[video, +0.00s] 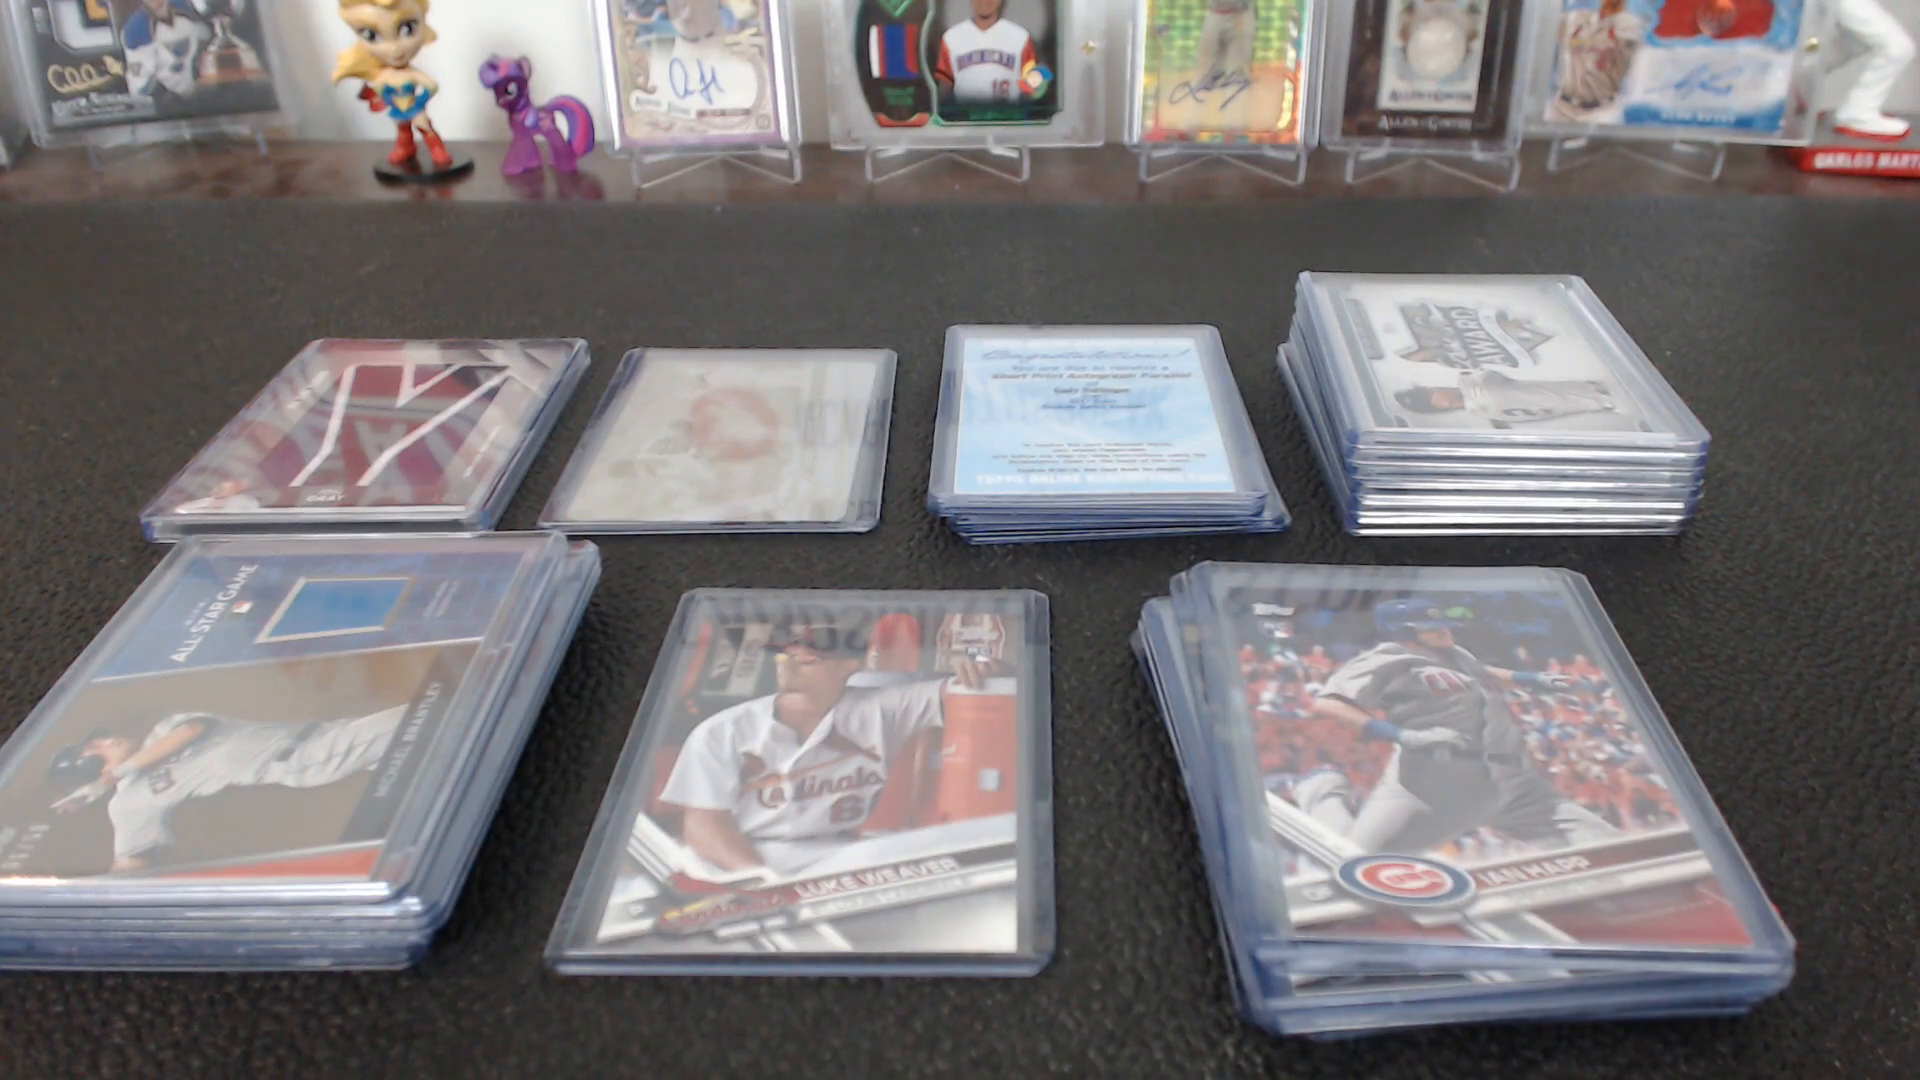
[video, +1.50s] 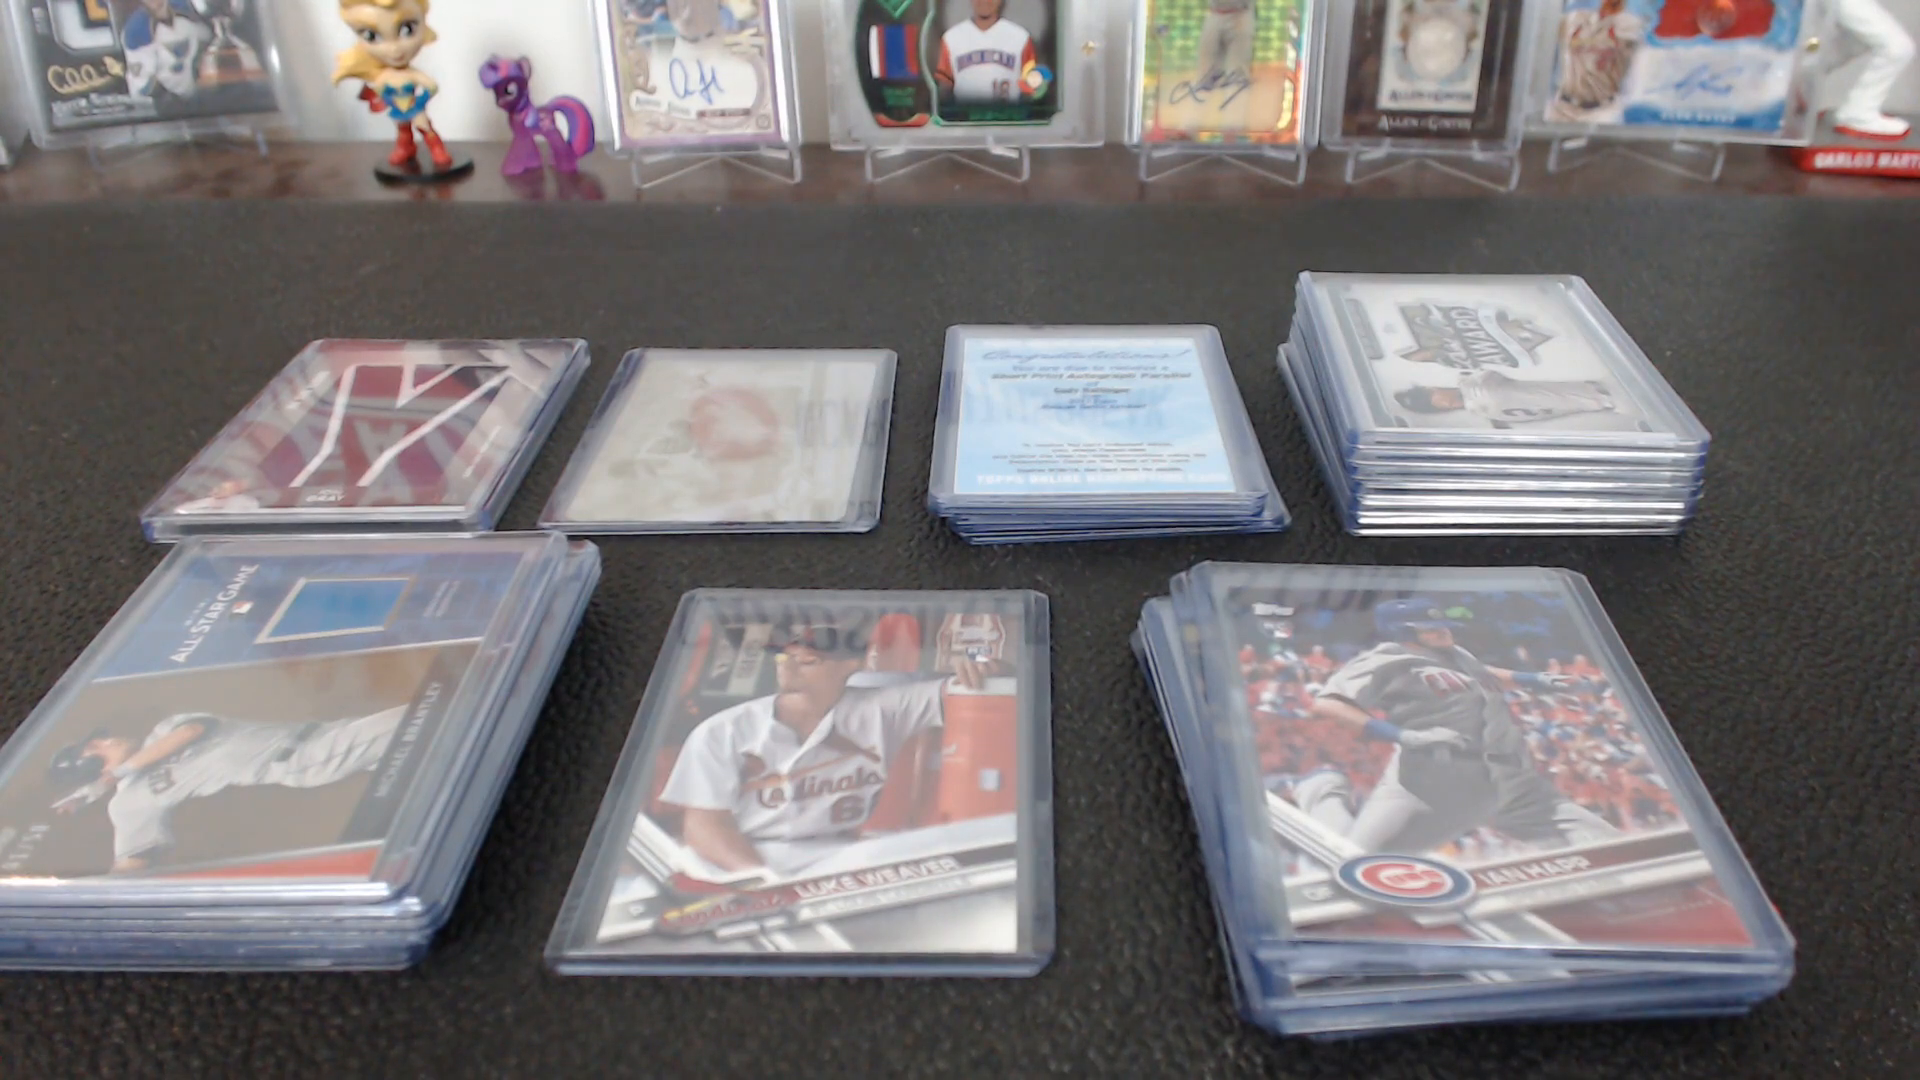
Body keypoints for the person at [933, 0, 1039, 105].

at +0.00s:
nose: (984, 2)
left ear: (1000, 2)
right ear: (971, 2)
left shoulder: (1020, 36)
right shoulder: (951, 37)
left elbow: (1030, 83)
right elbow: (944, 82)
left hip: (1009, 121)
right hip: (965, 121)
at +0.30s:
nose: (984, 2)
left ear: (1000, 2)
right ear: (971, 2)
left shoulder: (1020, 36)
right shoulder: (951, 37)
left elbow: (1030, 84)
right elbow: (944, 82)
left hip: (1009, 122)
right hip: (965, 121)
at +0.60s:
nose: (984, 2)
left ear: (1000, 2)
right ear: (971, 2)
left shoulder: (1020, 36)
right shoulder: (951, 37)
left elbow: (1030, 83)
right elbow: (944, 81)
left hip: (1009, 121)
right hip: (965, 120)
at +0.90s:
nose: (984, 2)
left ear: (1000, 2)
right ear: (972, 2)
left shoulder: (1020, 36)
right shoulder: (951, 37)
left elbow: (1030, 80)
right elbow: (944, 78)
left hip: (1008, 121)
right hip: (965, 120)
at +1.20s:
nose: (984, 2)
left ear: (1000, 2)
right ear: (972, 2)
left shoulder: (1020, 37)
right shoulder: (951, 37)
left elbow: (1030, 81)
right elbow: (944, 79)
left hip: (1009, 120)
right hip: (965, 119)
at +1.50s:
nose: (983, 2)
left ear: (1000, 2)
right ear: (971, 2)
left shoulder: (1020, 37)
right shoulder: (951, 37)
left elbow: (1030, 80)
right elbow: (944, 79)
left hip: (1009, 120)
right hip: (965, 119)